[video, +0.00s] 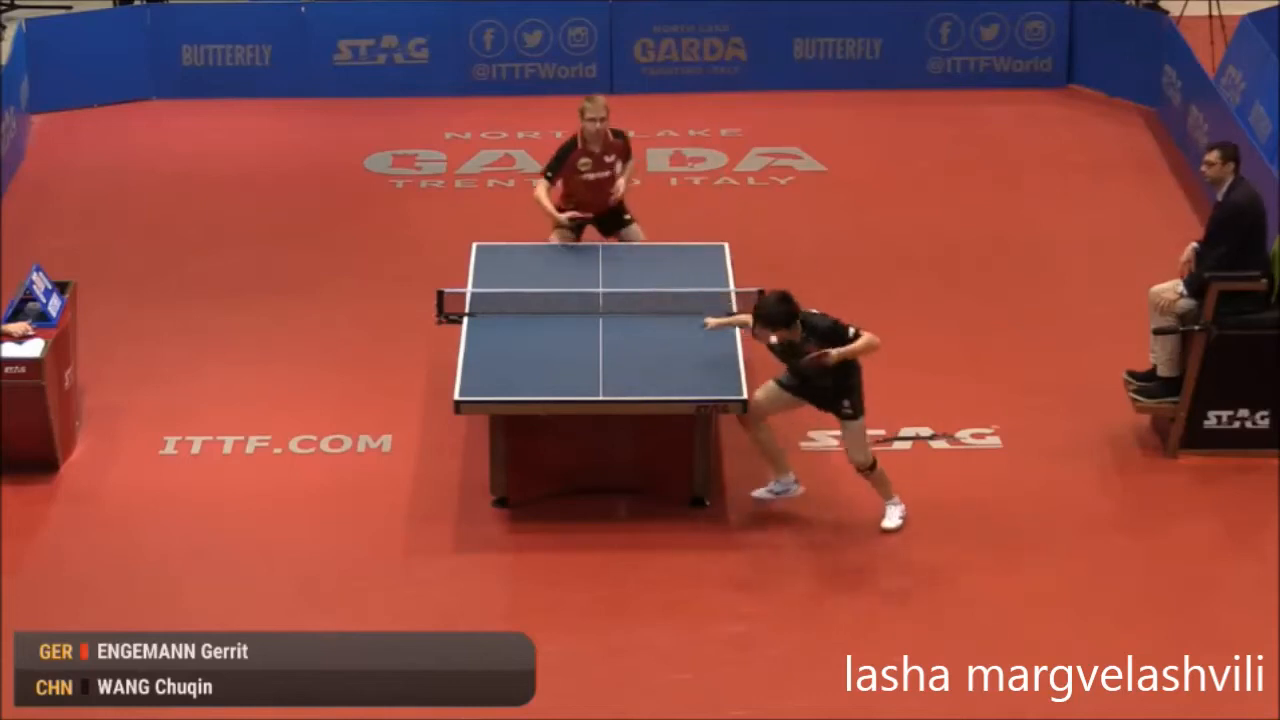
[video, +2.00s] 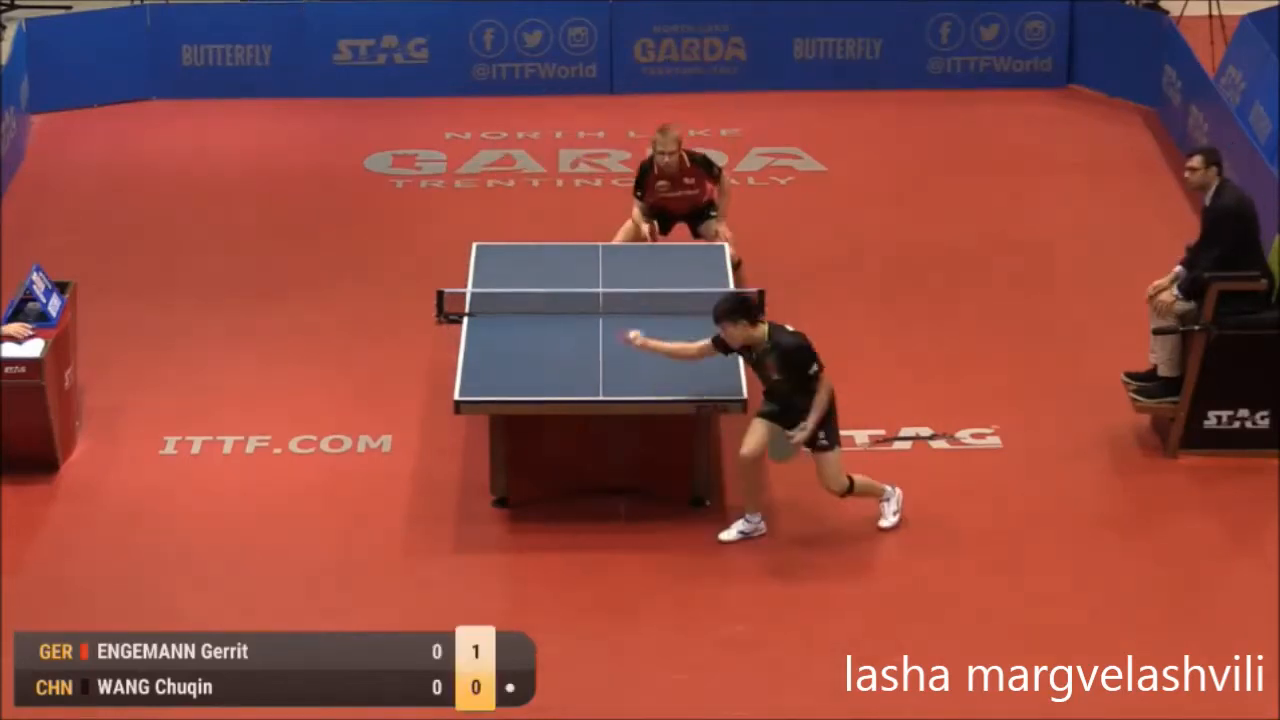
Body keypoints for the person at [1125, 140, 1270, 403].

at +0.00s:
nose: (1203, 170)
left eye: (1210, 165)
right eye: (1203, 164)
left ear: (1229, 167)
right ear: (1224, 168)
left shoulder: (1238, 202)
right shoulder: (1232, 194)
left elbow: (1221, 258)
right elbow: (1216, 239)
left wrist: (1184, 288)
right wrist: (1194, 247)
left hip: (1236, 290)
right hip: (1225, 280)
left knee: (1164, 305)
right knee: (1157, 294)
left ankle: (1170, 379)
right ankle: (1161, 368)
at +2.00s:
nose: (1186, 176)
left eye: (1192, 170)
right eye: (1186, 170)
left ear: (1213, 171)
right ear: (1209, 173)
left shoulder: (1228, 204)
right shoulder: (1217, 199)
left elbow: (1213, 259)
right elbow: (1201, 248)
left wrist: (1179, 292)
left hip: (1242, 293)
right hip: (1225, 284)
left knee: (1166, 308)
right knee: (1158, 298)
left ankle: (1171, 380)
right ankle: (1161, 370)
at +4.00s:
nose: (1208, 174)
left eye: (1214, 168)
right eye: (1208, 168)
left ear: (1233, 168)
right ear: (1226, 170)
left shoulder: (1245, 204)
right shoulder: (1233, 198)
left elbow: (1222, 257)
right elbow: (1211, 246)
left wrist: (1183, 289)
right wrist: (1179, 274)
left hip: (1238, 292)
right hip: (1224, 282)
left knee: (1166, 306)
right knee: (1158, 297)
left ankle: (1170, 379)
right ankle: (1159, 369)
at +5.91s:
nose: (1206, 175)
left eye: (1211, 170)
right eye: (1206, 169)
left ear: (1230, 172)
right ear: (1223, 173)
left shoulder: (1245, 206)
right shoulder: (1228, 200)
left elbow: (1226, 263)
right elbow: (1208, 244)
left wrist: (1184, 288)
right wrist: (1179, 274)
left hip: (1237, 291)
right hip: (1221, 279)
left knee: (1166, 306)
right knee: (1156, 296)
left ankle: (1169, 378)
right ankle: (1160, 369)